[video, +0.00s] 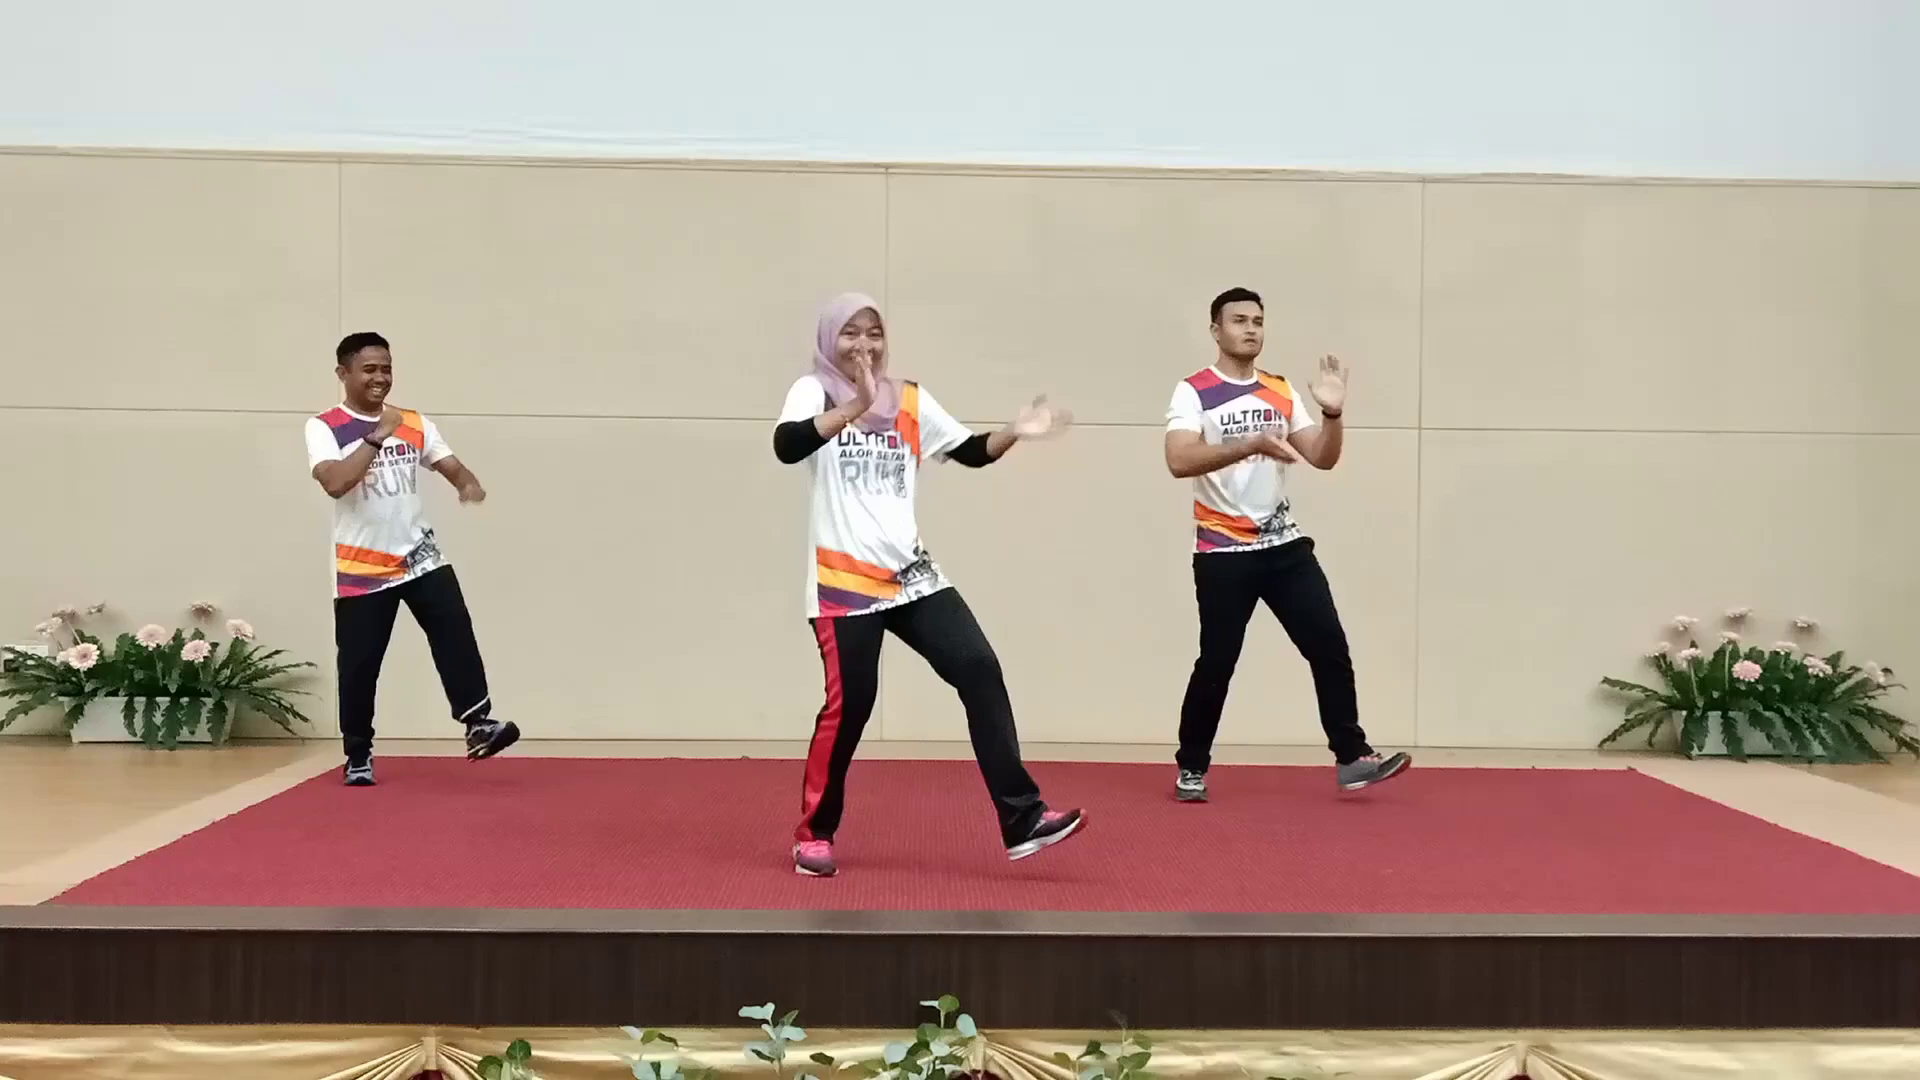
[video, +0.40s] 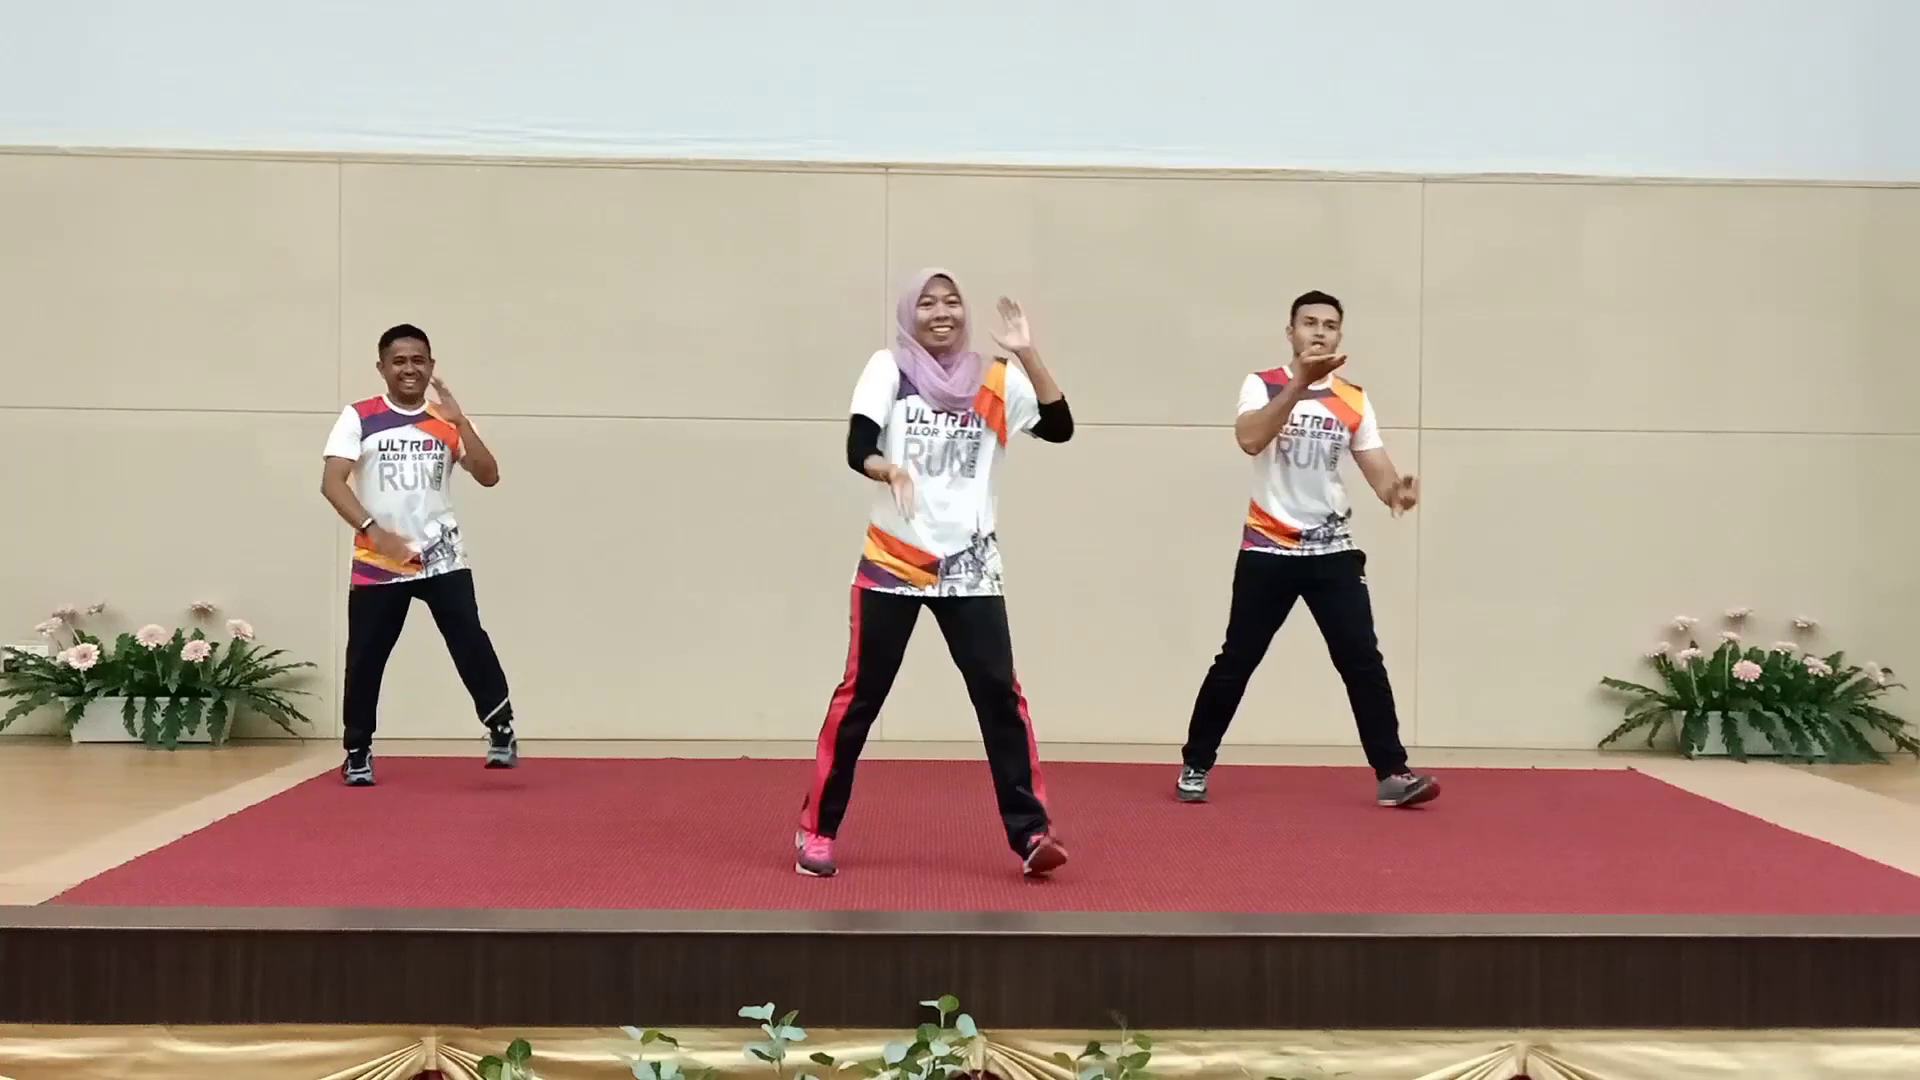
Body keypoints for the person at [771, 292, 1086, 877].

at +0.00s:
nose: (865, 343)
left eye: (873, 333)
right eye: (852, 333)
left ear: (886, 341)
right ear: (829, 342)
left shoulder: (910, 399)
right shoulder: (814, 391)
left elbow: (970, 452)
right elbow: (786, 448)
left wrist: (1014, 433)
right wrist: (855, 408)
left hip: (909, 572)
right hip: (842, 579)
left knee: (980, 671)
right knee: (849, 701)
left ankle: (1021, 820)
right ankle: (814, 835)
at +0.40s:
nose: (943, 310)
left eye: (952, 301)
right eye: (930, 302)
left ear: (966, 315)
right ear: (910, 316)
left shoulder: (995, 376)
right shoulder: (889, 368)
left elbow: (1058, 429)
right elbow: (860, 448)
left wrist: (1028, 356)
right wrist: (886, 469)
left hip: (970, 563)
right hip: (894, 561)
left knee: (1000, 695)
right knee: (861, 695)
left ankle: (1031, 836)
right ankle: (818, 833)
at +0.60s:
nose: (1006, 317)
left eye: (1017, 308)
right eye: (994, 310)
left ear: (1035, 324)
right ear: (979, 328)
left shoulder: (1061, 390)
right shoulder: (957, 385)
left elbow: (1111, 459)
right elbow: (919, 462)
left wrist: (1070, 390)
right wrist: (926, 493)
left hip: (1034, 572)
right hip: (959, 568)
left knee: (1039, 701)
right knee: (921, 693)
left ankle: (1038, 848)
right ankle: (857, 826)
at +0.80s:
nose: (1058, 320)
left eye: (1071, 311)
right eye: (1048, 311)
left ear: (1089, 327)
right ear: (1032, 326)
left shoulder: (1111, 397)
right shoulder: (1007, 387)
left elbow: (1157, 473)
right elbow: (943, 448)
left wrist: (1132, 456)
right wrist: (964, 416)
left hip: (1081, 578)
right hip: (1013, 573)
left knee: (1057, 699)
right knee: (986, 688)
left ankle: (1038, 845)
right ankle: (1060, 796)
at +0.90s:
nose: (1092, 330)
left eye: (1105, 321)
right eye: (1083, 320)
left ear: (1123, 336)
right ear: (1068, 334)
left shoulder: (1135, 406)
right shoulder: (1049, 402)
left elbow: (1178, 481)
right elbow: (980, 446)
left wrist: (1165, 511)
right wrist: (1013, 399)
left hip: (1110, 586)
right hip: (1049, 587)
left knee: (1066, 702)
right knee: (1059, 712)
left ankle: (1038, 845)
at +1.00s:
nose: (1111, 339)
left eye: (1123, 331)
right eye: (1101, 330)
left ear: (1140, 345)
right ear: (1085, 342)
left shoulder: (1150, 418)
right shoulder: (1071, 415)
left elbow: (1192, 499)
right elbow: (1004, 461)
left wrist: (1175, 539)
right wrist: (1036, 416)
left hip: (1127, 595)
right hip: (1070, 597)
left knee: (1075, 705)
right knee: (1098, 720)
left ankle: (1041, 843)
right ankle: (1179, 831)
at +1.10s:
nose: (1136, 349)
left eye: (1148, 340)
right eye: (1126, 340)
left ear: (1167, 352)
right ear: (1110, 351)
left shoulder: (1178, 425)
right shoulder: (1099, 421)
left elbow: (1212, 510)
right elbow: (1037, 478)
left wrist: (1191, 547)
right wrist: (1070, 430)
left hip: (1158, 597)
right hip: (1101, 596)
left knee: (1101, 695)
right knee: (1114, 719)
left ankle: (1068, 845)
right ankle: (1185, 840)